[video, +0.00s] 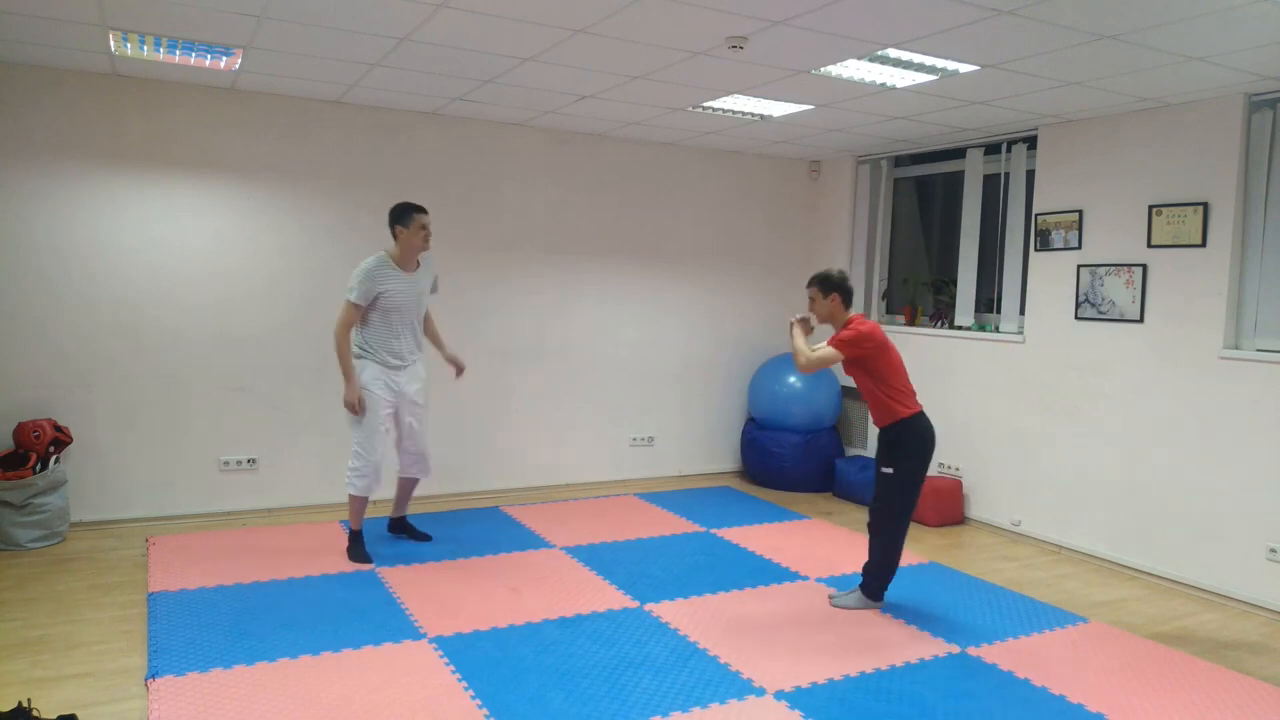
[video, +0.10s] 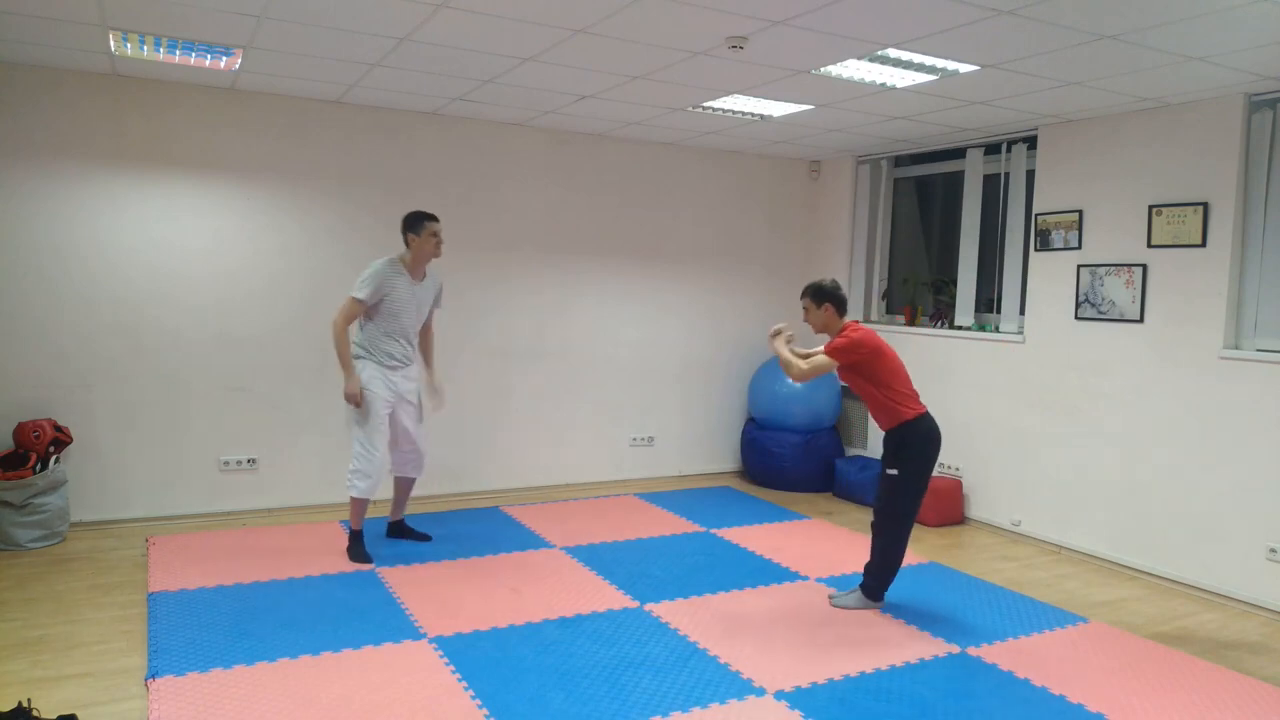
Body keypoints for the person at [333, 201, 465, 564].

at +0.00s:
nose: (429, 236)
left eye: (429, 229)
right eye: (422, 229)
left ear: (422, 234)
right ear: (399, 232)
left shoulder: (425, 269)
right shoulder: (372, 271)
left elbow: (421, 313)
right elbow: (342, 329)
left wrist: (446, 353)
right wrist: (350, 382)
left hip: (411, 372)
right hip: (372, 372)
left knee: (415, 450)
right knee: (369, 454)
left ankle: (398, 519)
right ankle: (355, 535)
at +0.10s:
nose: (440, 242)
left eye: (440, 236)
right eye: (434, 236)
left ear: (424, 241)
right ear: (412, 239)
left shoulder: (432, 282)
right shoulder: (382, 273)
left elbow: (425, 330)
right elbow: (340, 322)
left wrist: (430, 375)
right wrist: (350, 376)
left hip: (407, 374)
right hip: (372, 371)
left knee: (411, 450)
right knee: (371, 453)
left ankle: (397, 522)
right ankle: (355, 536)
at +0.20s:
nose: (451, 249)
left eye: (452, 243)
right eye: (446, 242)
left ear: (440, 245)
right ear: (424, 239)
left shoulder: (434, 285)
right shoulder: (390, 267)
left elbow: (421, 336)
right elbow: (350, 316)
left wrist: (422, 382)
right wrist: (361, 366)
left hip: (405, 374)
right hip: (371, 370)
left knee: (407, 448)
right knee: (368, 452)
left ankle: (396, 522)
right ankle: (355, 535)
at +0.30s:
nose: (456, 255)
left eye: (459, 249)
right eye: (454, 246)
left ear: (447, 246)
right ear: (434, 238)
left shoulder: (434, 282)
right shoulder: (393, 263)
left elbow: (419, 322)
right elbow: (356, 310)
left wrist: (426, 353)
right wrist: (388, 351)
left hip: (402, 366)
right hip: (367, 362)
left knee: (400, 442)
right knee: (364, 446)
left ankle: (396, 521)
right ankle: (352, 534)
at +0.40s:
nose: (456, 261)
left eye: (459, 255)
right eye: (454, 253)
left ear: (445, 249)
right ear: (435, 242)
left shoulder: (435, 282)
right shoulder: (394, 263)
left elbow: (414, 323)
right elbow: (361, 311)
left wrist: (430, 324)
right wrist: (413, 322)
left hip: (402, 365)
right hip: (368, 361)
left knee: (396, 443)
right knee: (358, 445)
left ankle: (396, 521)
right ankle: (352, 534)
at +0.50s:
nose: (453, 261)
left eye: (457, 255)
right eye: (452, 254)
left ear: (442, 250)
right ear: (433, 243)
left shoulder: (427, 278)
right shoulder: (393, 264)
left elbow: (428, 328)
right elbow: (371, 319)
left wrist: (433, 304)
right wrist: (415, 303)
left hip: (400, 367)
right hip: (368, 361)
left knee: (394, 442)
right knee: (356, 444)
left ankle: (395, 521)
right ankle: (351, 534)